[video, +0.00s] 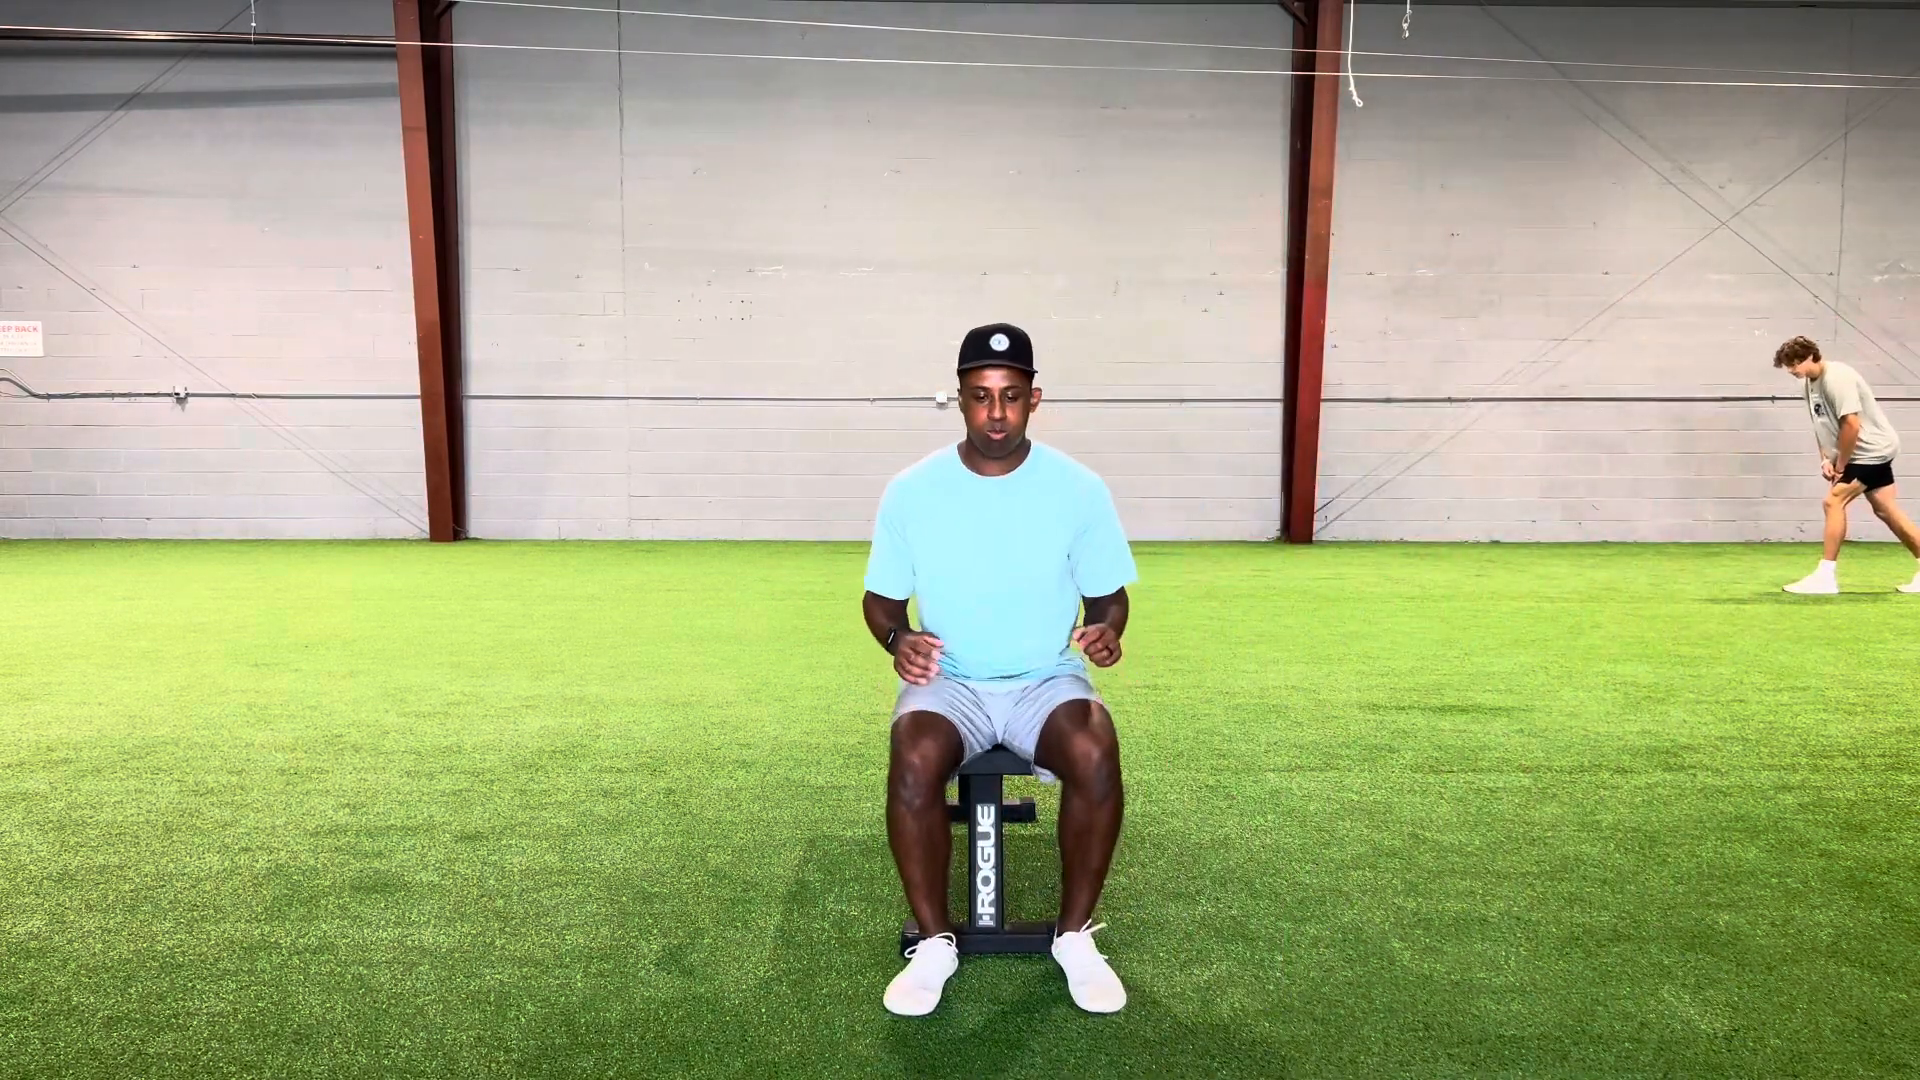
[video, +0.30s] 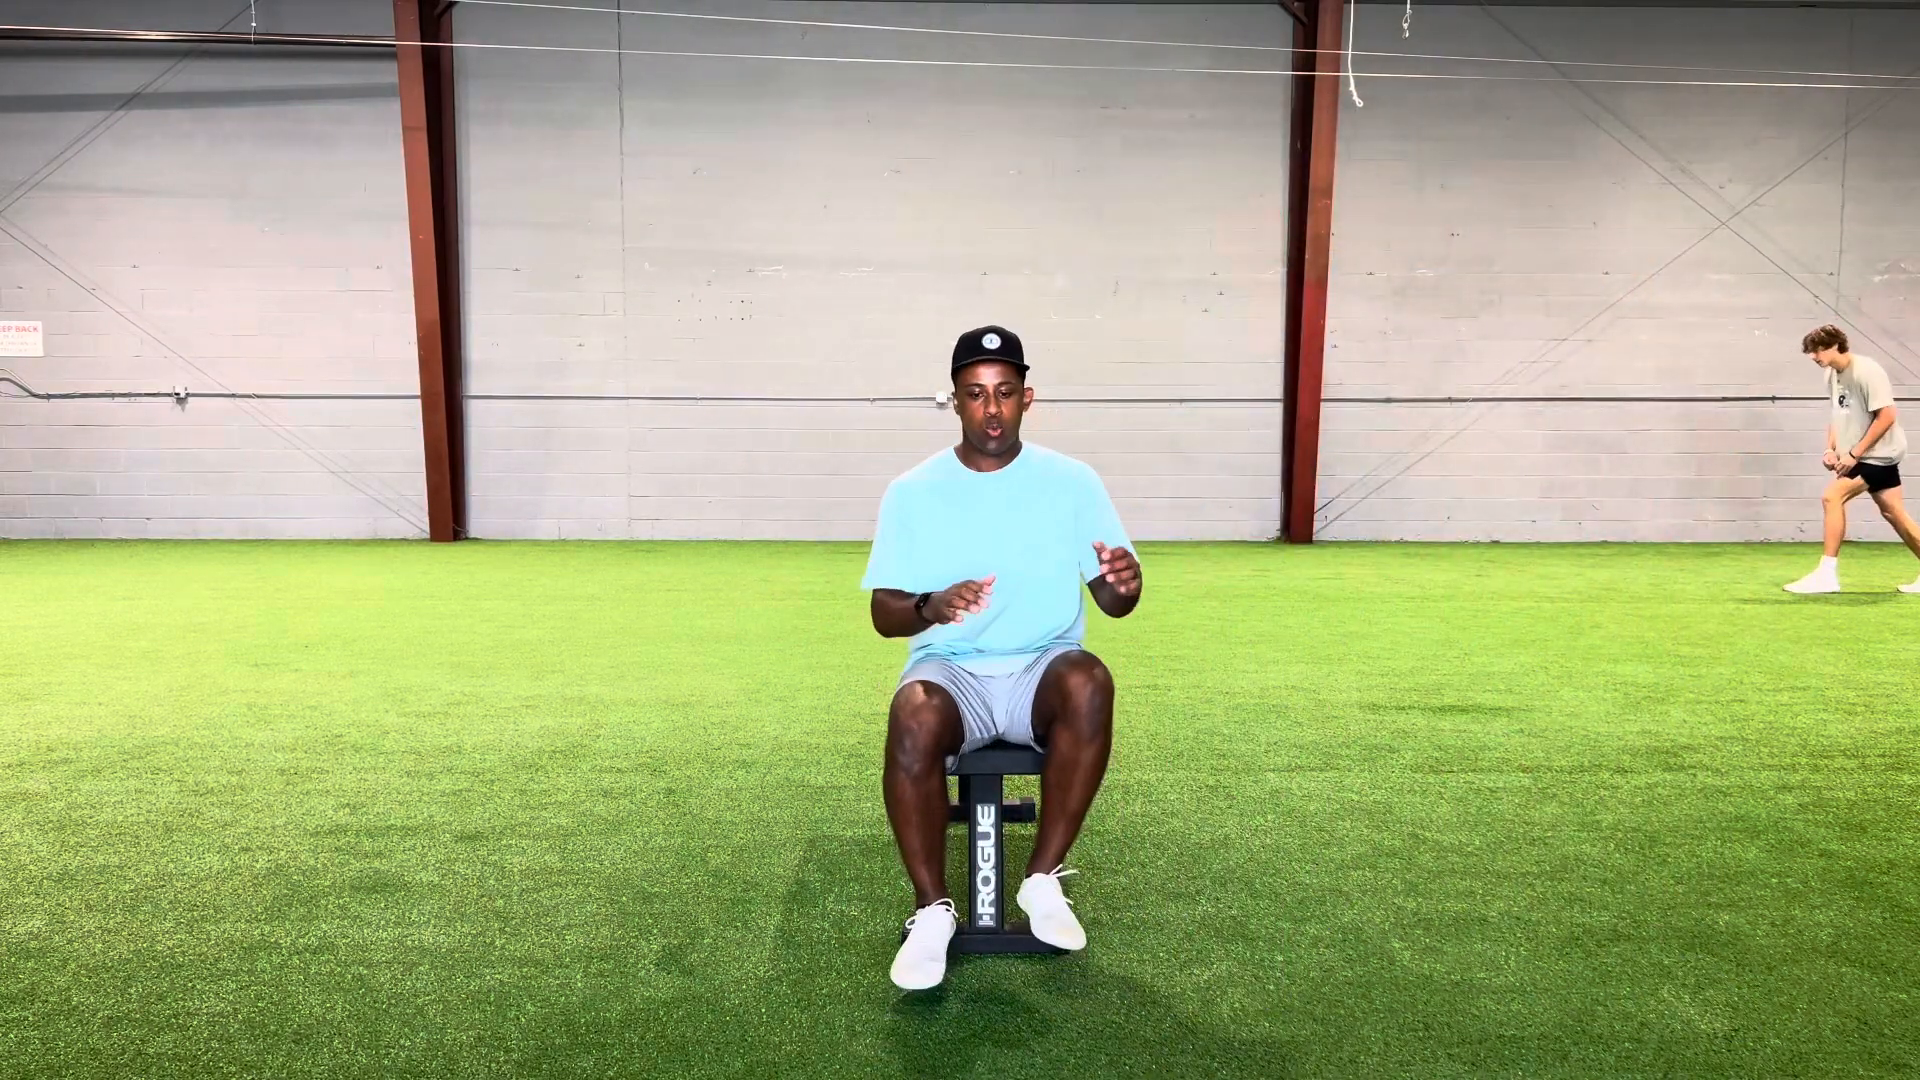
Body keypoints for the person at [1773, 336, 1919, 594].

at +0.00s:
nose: (1792, 372)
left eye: (1793, 365)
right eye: (1789, 367)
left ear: (1809, 357)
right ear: (1804, 361)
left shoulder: (1837, 378)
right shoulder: (1810, 384)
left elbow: (1852, 425)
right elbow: (1821, 426)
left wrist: (1840, 465)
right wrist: (1825, 458)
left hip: (1874, 452)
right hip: (1868, 452)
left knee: (1834, 502)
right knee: (1886, 510)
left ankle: (1825, 575)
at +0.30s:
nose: (1814, 358)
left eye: (1816, 352)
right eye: (1812, 353)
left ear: (1833, 346)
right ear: (1829, 350)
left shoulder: (1867, 370)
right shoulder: (1832, 375)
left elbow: (1887, 416)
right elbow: (1837, 417)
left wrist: (1855, 453)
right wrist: (1830, 448)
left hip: (1880, 455)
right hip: (1871, 456)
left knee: (1833, 498)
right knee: (1894, 512)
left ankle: (1826, 573)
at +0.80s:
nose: (1780, 372)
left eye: (1784, 366)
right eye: (1778, 368)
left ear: (1801, 361)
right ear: (1793, 365)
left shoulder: (1829, 380)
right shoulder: (1801, 391)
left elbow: (1855, 425)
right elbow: (1816, 427)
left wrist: (1834, 464)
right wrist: (1818, 458)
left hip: (1869, 454)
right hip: (1861, 454)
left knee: (1827, 503)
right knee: (1886, 512)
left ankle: (1827, 576)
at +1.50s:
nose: (1767, 400)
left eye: (1766, 393)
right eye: (1762, 397)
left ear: (1777, 383)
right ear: (1775, 386)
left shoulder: (1813, 395)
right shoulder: (1788, 409)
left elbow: (1848, 430)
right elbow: (1806, 441)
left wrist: (1860, 472)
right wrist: (1804, 470)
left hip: (1861, 460)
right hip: (1854, 461)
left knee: (1819, 502)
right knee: (1882, 517)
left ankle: (1826, 577)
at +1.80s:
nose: (1757, 426)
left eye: (1755, 421)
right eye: (1753, 423)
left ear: (1765, 409)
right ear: (1762, 410)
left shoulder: (1802, 413)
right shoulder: (1779, 425)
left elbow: (1851, 430)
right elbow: (1790, 459)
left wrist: (1894, 457)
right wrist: (1782, 474)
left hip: (1861, 464)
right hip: (1860, 465)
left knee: (1815, 503)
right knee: (1876, 522)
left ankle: (1825, 577)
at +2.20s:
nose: (1755, 451)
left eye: (1755, 446)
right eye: (1752, 448)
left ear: (1764, 434)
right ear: (1757, 437)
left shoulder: (1795, 438)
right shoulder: (1766, 450)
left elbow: (1852, 430)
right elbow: (1778, 483)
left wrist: (1909, 425)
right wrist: (1774, 489)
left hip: (1867, 463)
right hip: (1859, 465)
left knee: (1811, 505)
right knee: (1859, 530)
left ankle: (1825, 578)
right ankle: (1916, 560)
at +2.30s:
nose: (1749, 452)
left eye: (1749, 446)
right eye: (1746, 448)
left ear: (1758, 438)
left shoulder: (1794, 442)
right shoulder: (1760, 454)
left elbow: (1847, 424)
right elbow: (1762, 495)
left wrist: (1899, 408)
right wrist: (1755, 491)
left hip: (1862, 470)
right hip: (1854, 471)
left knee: (1803, 509)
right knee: (1860, 533)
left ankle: (1827, 578)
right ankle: (1918, 563)